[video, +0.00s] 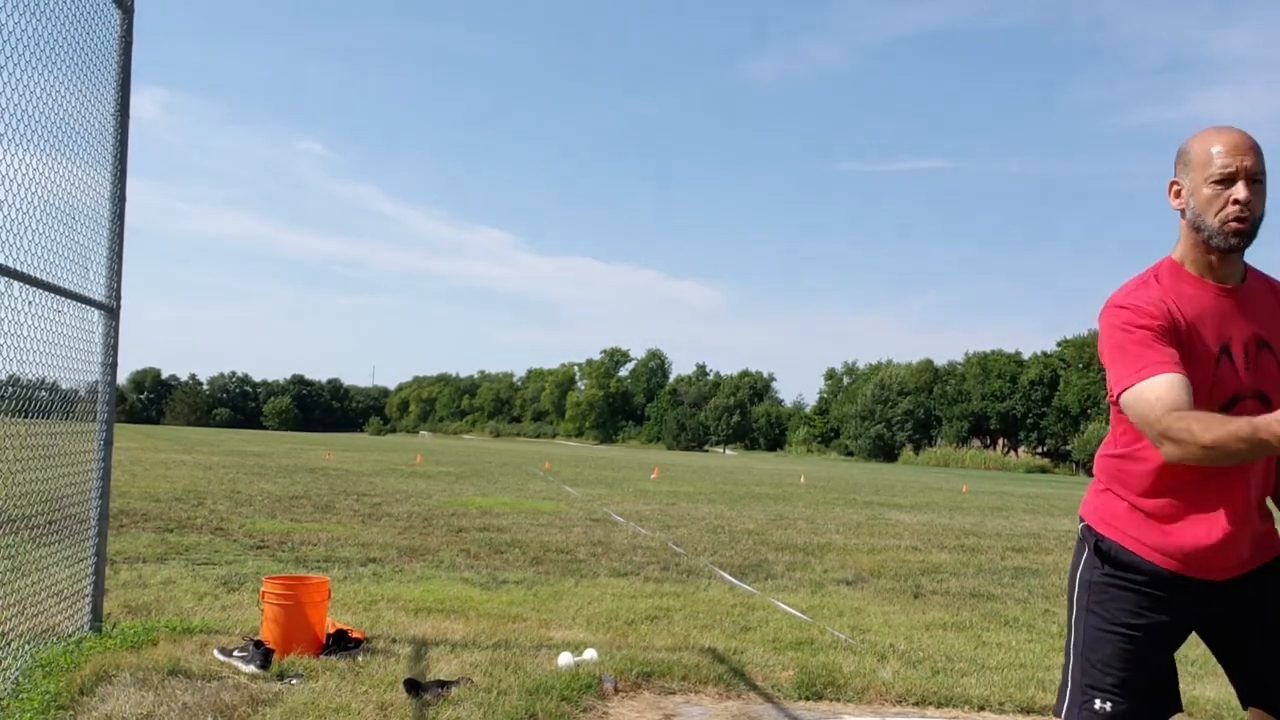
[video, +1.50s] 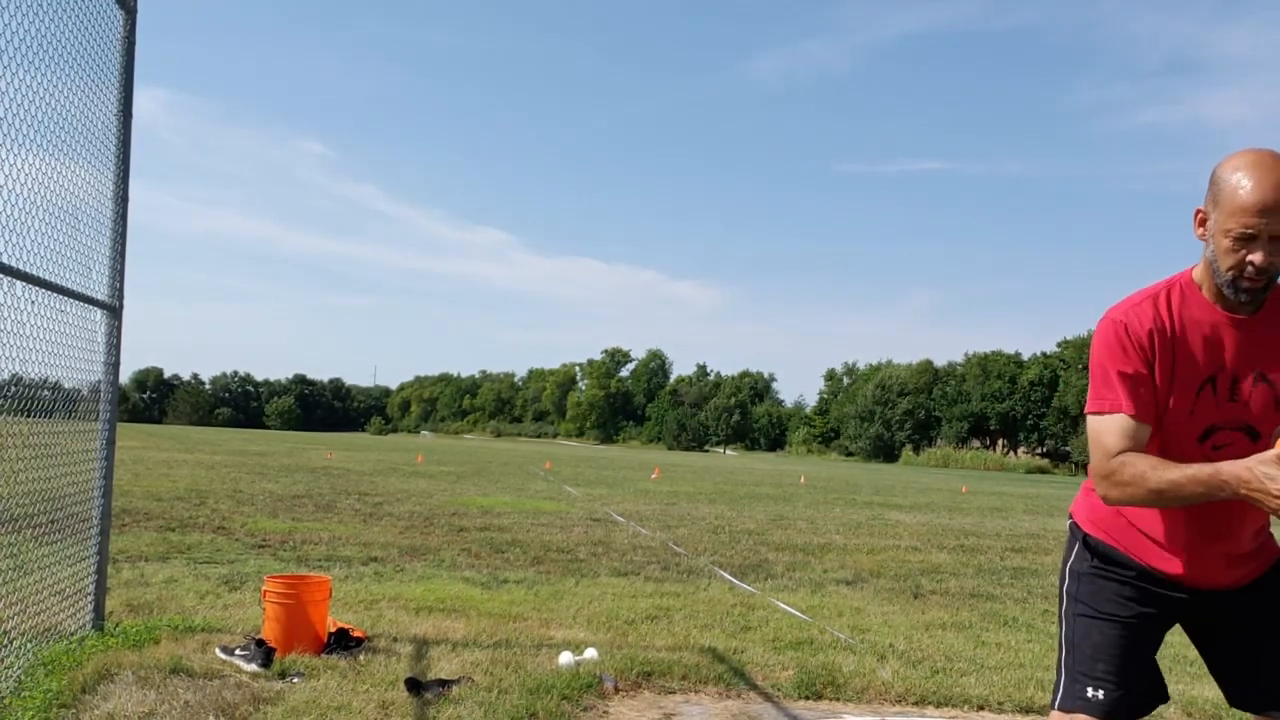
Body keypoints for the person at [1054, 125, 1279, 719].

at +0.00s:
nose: (1244, 195)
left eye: (1255, 181)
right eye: (1225, 180)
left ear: (1266, 193)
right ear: (1179, 195)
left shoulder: (1273, 304)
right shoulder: (1137, 308)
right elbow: (1175, 435)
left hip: (1248, 560)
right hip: (1134, 559)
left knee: (1275, 702)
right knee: (1103, 712)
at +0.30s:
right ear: (1245, 223)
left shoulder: (1271, 323)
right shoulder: (1180, 334)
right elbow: (1131, 481)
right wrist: (1224, 592)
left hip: (1257, 568)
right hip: (1138, 559)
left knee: (1277, 704)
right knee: (1087, 712)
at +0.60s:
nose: (1279, 268)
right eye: (1270, 249)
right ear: (1230, 228)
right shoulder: (1168, 326)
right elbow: (1043, 438)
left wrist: (1275, 518)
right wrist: (1147, 531)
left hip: (1255, 570)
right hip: (1128, 567)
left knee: (1276, 705)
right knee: (1094, 712)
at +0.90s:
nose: (1267, 262)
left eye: (1279, 244)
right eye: (1252, 242)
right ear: (1208, 221)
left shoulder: (1277, 314)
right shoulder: (1136, 322)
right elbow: (1073, 461)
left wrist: (1275, 488)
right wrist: (1203, 504)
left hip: (1246, 557)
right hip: (1125, 548)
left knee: (1278, 701)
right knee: (1083, 709)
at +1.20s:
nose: (1268, 261)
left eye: (1279, 242)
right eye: (1252, 241)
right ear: (1208, 222)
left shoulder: (1277, 314)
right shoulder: (1137, 324)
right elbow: (1102, 470)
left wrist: (1269, 459)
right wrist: (1227, 475)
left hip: (1252, 555)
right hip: (1128, 550)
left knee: (1279, 699)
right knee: (1085, 710)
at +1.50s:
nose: (1260, 260)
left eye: (1275, 241)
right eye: (1244, 239)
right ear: (1203, 225)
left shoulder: (1276, 318)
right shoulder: (1134, 325)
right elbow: (1113, 475)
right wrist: (1241, 477)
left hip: (1243, 561)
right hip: (1124, 555)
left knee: (1277, 703)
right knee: (1086, 710)